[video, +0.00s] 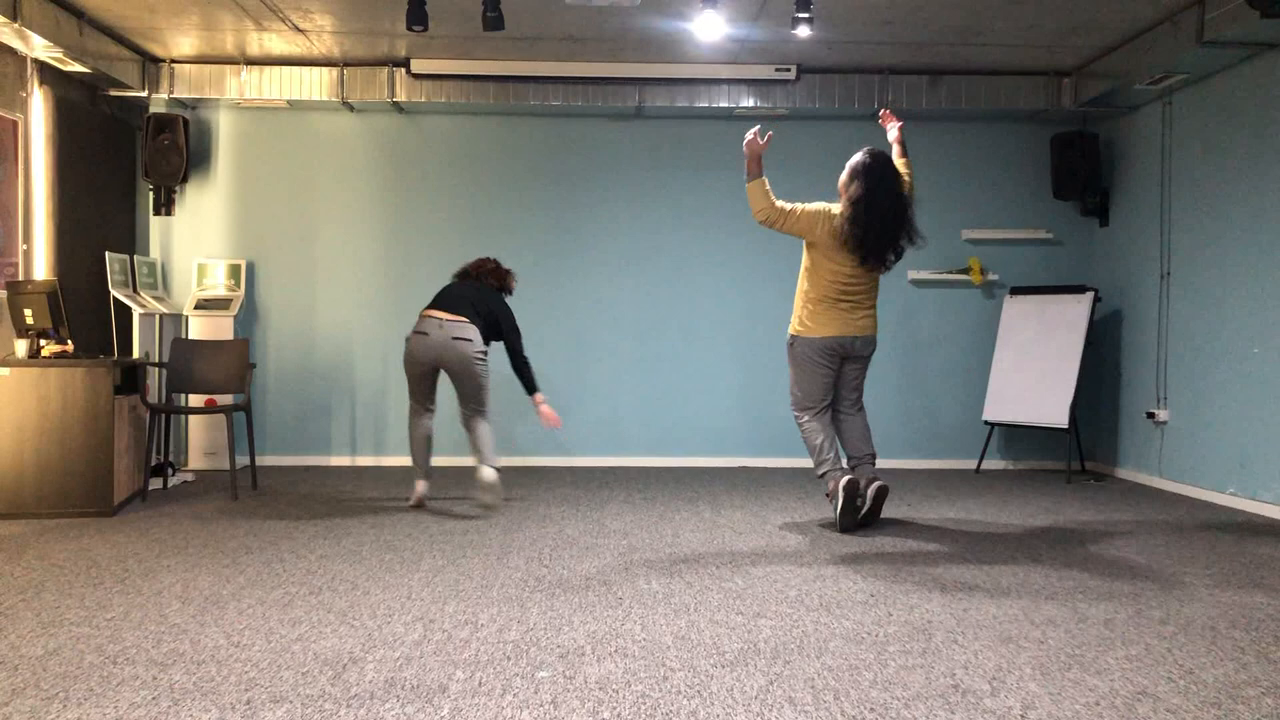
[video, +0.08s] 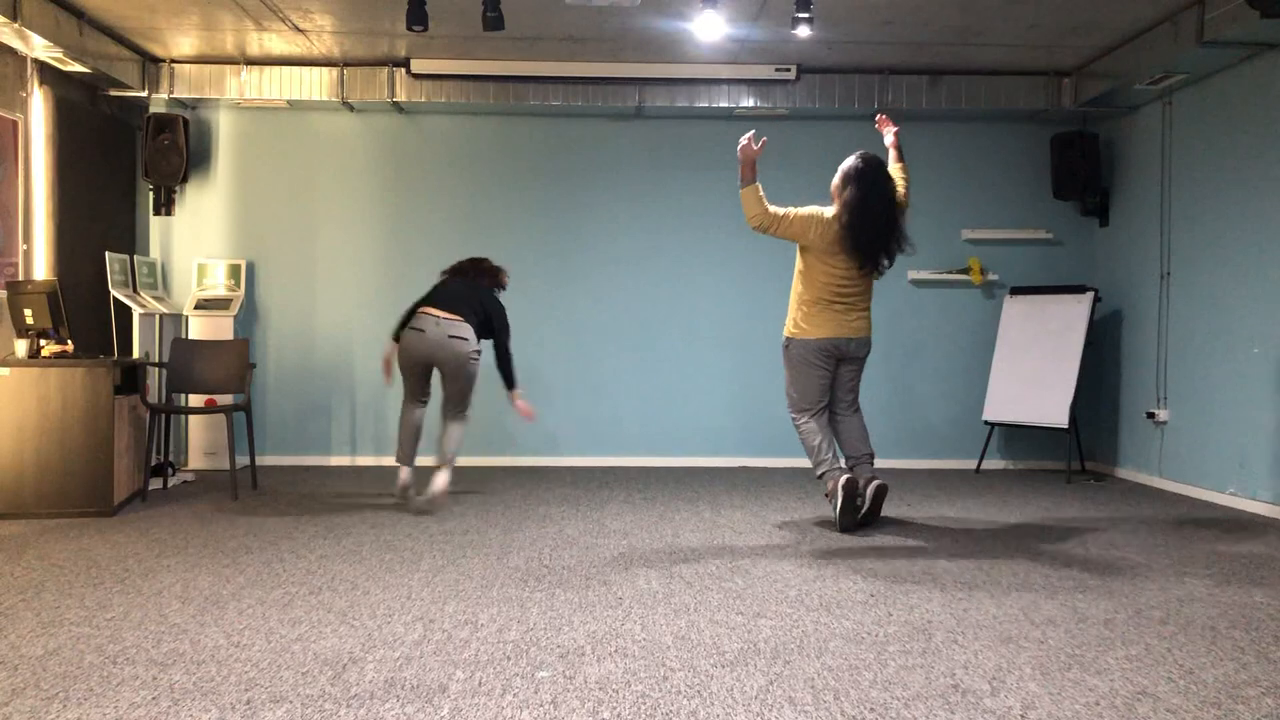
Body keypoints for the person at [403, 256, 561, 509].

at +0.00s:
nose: (506, 294)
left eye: (506, 290)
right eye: (505, 289)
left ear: (471, 275)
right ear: (499, 285)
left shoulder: (452, 290)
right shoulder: (499, 305)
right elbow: (517, 357)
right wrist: (538, 400)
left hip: (421, 337)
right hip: (464, 343)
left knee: (421, 410)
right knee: (475, 413)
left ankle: (420, 481)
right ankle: (487, 466)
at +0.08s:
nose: (500, 291)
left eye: (500, 288)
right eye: (498, 287)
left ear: (463, 272)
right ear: (492, 282)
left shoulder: (445, 285)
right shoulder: (493, 303)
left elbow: (414, 310)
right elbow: (502, 351)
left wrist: (393, 345)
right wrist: (514, 393)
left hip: (416, 333)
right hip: (459, 342)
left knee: (414, 402)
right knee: (455, 414)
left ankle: (404, 470)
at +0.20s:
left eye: (439, 271)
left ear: (443, 273)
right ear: (475, 283)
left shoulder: (434, 285)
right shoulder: (482, 312)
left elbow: (397, 305)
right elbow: (471, 355)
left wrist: (353, 323)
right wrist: (460, 388)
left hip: (409, 343)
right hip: (448, 356)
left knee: (394, 418)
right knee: (428, 425)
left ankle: (377, 487)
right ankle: (411, 478)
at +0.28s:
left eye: (432, 275)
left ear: (437, 277)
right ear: (469, 286)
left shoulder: (428, 290)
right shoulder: (476, 314)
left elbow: (389, 305)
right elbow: (460, 353)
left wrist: (340, 317)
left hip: (408, 345)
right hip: (447, 359)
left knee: (394, 415)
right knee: (435, 416)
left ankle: (378, 484)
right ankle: (417, 464)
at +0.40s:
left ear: (427, 279)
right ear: (459, 284)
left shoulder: (418, 294)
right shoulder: (466, 302)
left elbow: (376, 305)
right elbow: (466, 346)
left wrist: (328, 312)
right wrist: (410, 374)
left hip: (427, 351)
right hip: (466, 360)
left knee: (408, 400)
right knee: (441, 428)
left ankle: (396, 461)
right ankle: (410, 484)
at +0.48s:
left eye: (417, 283)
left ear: (420, 282)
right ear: (454, 284)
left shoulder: (414, 299)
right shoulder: (465, 301)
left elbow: (374, 306)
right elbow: (445, 337)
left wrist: (328, 310)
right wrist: (403, 364)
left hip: (434, 355)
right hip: (472, 364)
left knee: (421, 401)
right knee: (443, 430)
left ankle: (418, 464)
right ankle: (408, 481)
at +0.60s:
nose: (415, 285)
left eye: (418, 280)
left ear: (423, 279)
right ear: (453, 281)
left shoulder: (424, 295)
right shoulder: (467, 301)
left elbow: (392, 317)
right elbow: (431, 340)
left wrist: (348, 332)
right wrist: (393, 364)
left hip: (452, 353)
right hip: (488, 362)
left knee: (445, 415)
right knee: (449, 428)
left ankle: (443, 472)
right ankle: (418, 474)